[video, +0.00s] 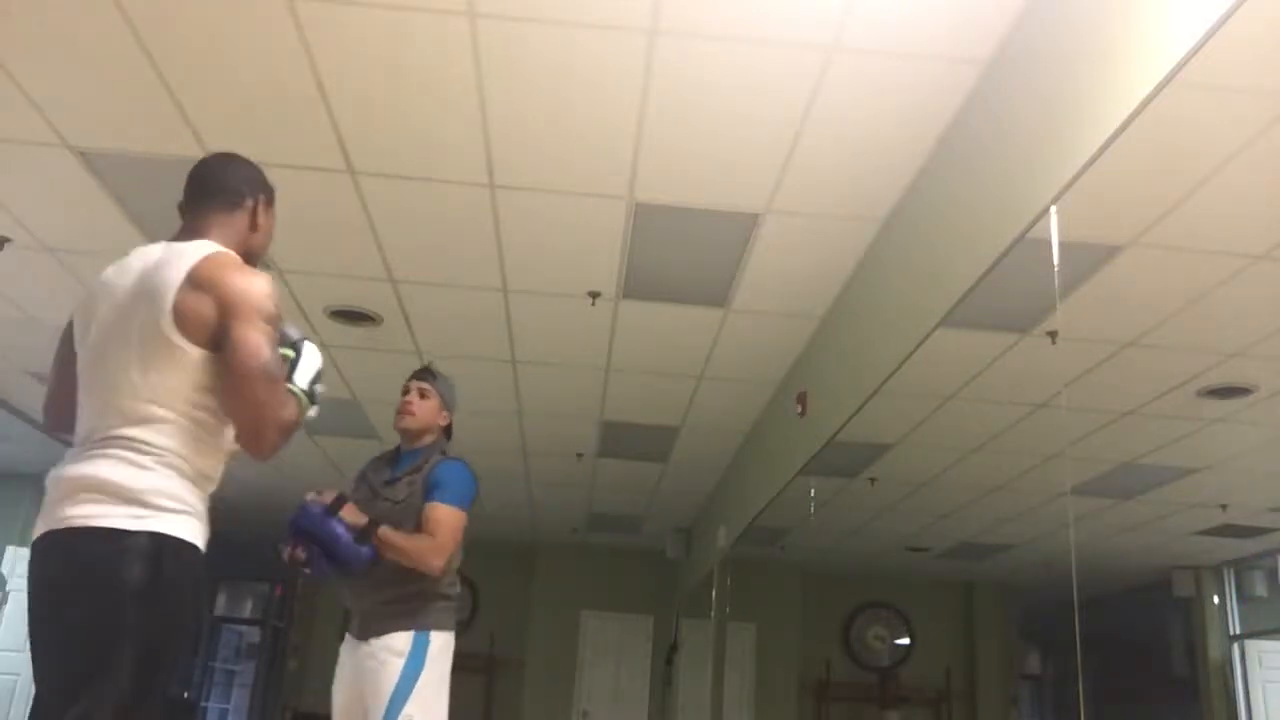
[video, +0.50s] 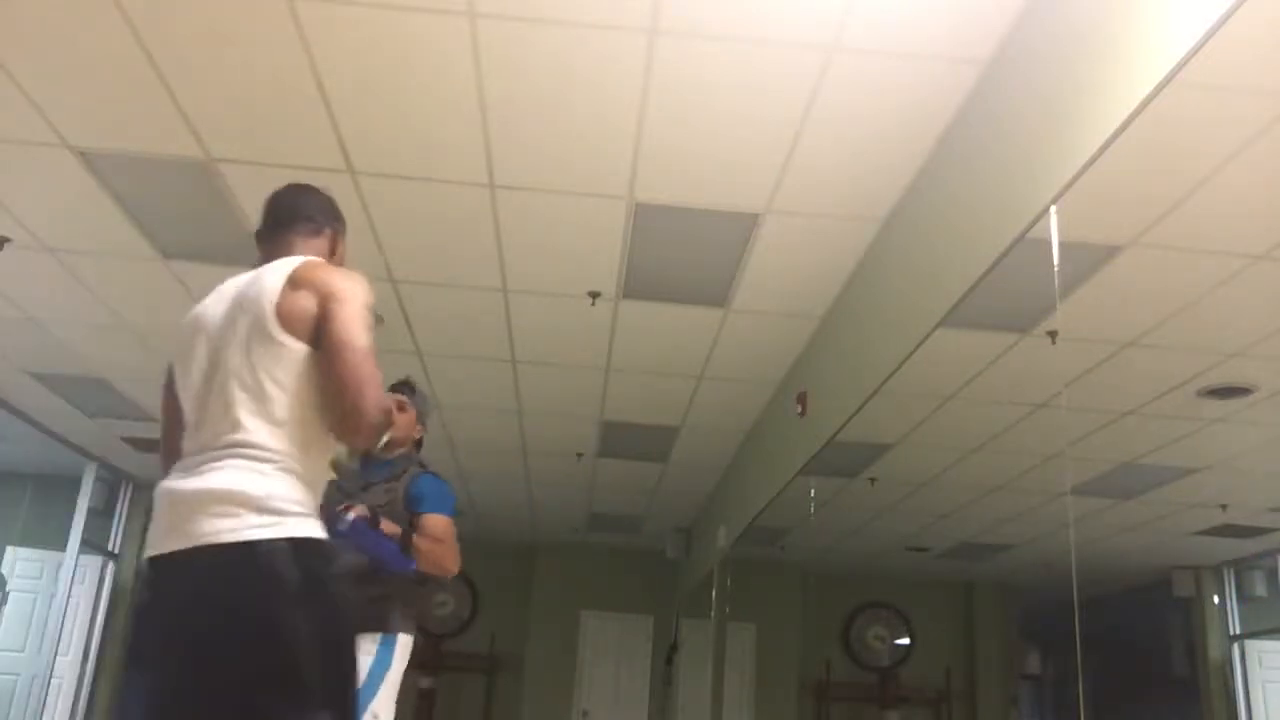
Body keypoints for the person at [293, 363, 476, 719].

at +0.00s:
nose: (407, 399)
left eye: (422, 394)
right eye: (405, 393)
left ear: (444, 417)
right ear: (397, 407)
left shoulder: (449, 472)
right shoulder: (376, 468)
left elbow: (434, 556)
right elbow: (346, 528)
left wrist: (364, 525)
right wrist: (311, 547)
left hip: (414, 638)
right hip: (361, 634)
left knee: (400, 712)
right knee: (347, 711)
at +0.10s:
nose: (398, 407)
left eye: (413, 402)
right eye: (396, 400)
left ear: (436, 422)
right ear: (388, 411)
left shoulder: (441, 476)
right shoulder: (366, 474)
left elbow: (433, 558)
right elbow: (347, 542)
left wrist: (362, 527)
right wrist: (298, 551)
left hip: (402, 639)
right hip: (350, 634)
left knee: (387, 712)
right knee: (336, 711)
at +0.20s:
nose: (391, 419)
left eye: (404, 413)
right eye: (387, 411)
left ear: (427, 428)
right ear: (380, 419)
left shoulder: (434, 482)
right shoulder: (356, 480)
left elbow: (434, 563)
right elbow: (336, 545)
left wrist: (368, 531)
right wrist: (291, 547)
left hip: (392, 634)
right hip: (343, 628)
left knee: (372, 712)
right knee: (327, 712)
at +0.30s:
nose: (385, 419)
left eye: (399, 412)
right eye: (381, 411)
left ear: (422, 428)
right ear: (374, 418)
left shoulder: (432, 482)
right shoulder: (354, 475)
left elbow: (440, 563)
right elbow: (328, 526)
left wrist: (371, 536)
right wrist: (321, 533)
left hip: (386, 624)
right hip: (338, 620)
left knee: (356, 712)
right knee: (319, 712)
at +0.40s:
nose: (387, 411)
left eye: (400, 407)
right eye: (383, 405)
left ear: (420, 428)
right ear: (374, 417)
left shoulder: (427, 482)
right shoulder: (355, 477)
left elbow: (441, 564)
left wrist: (368, 534)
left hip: (378, 625)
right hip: (329, 618)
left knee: (350, 711)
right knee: (321, 710)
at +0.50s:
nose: (388, 412)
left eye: (402, 407)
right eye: (384, 405)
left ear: (419, 430)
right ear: (372, 414)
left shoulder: (424, 484)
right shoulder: (343, 477)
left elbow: (446, 561)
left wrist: (389, 530)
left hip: (382, 623)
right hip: (328, 615)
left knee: (367, 710)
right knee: (317, 708)